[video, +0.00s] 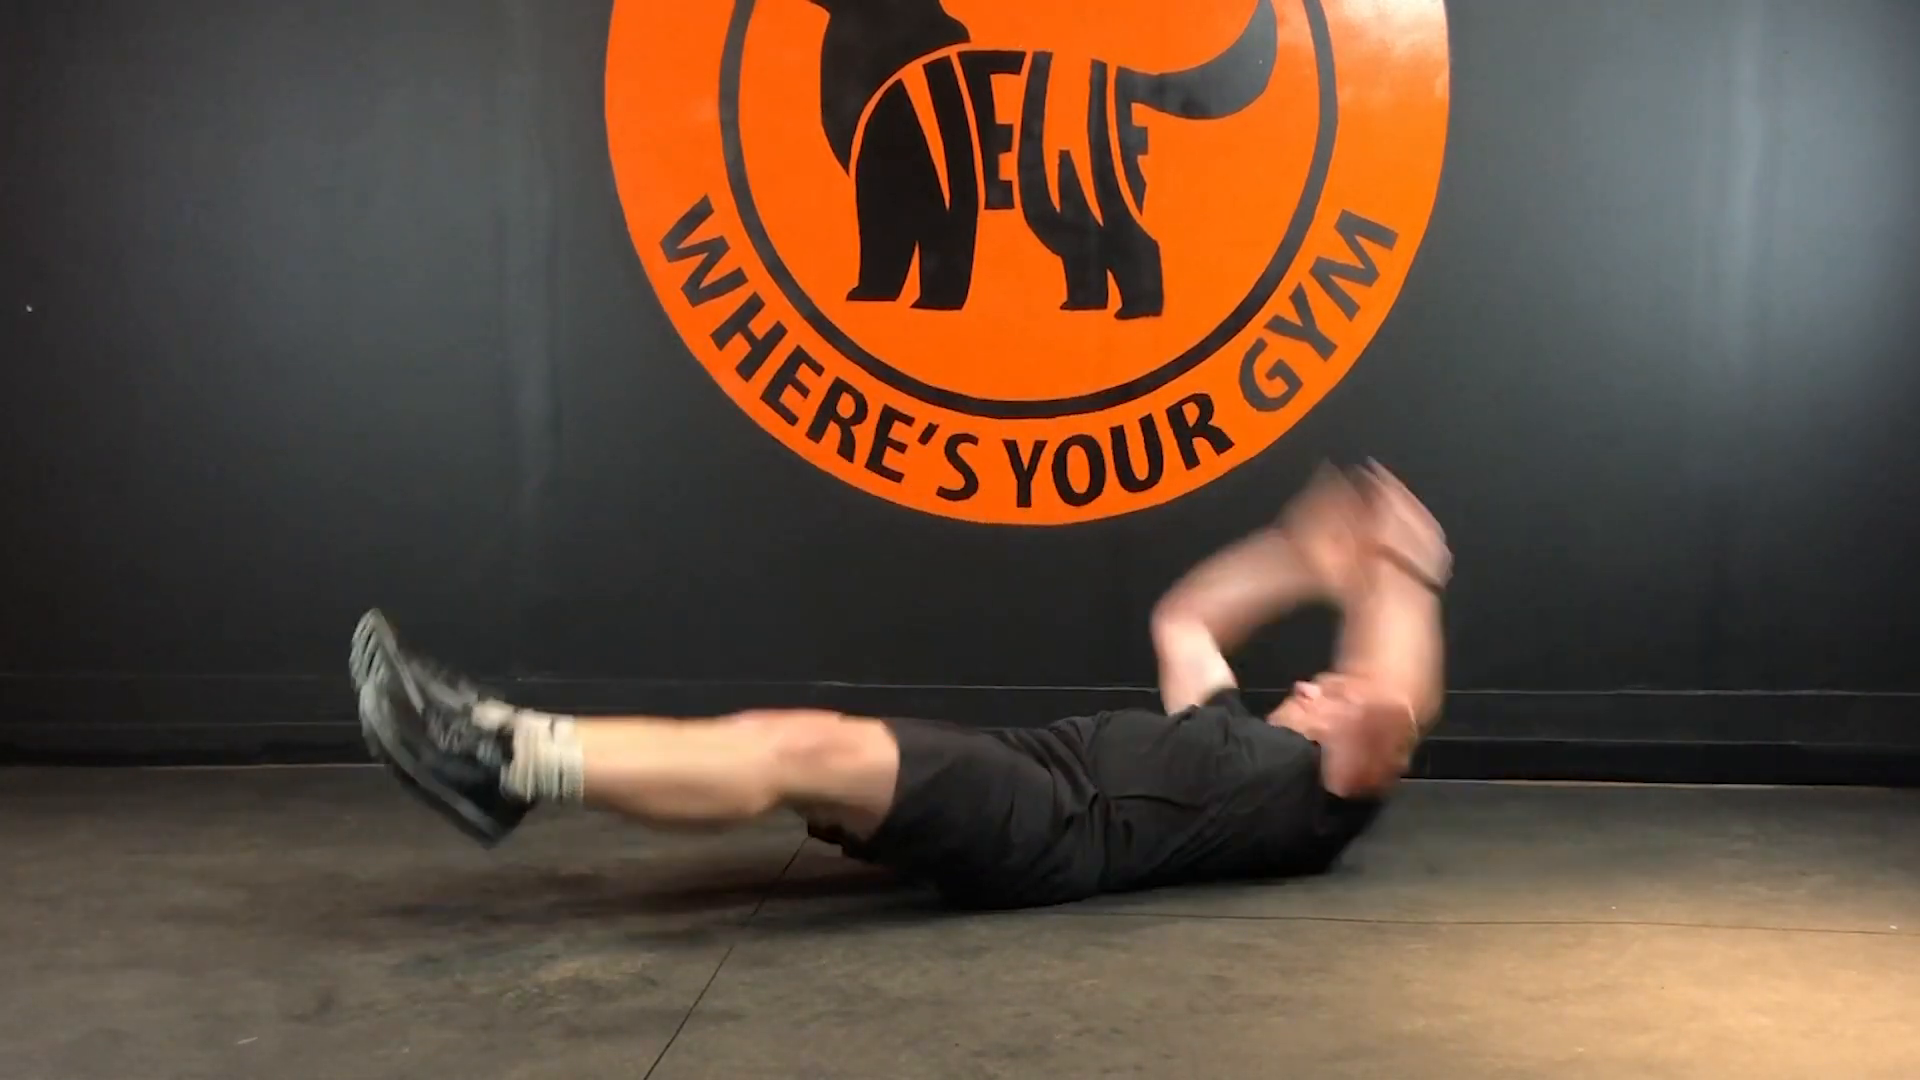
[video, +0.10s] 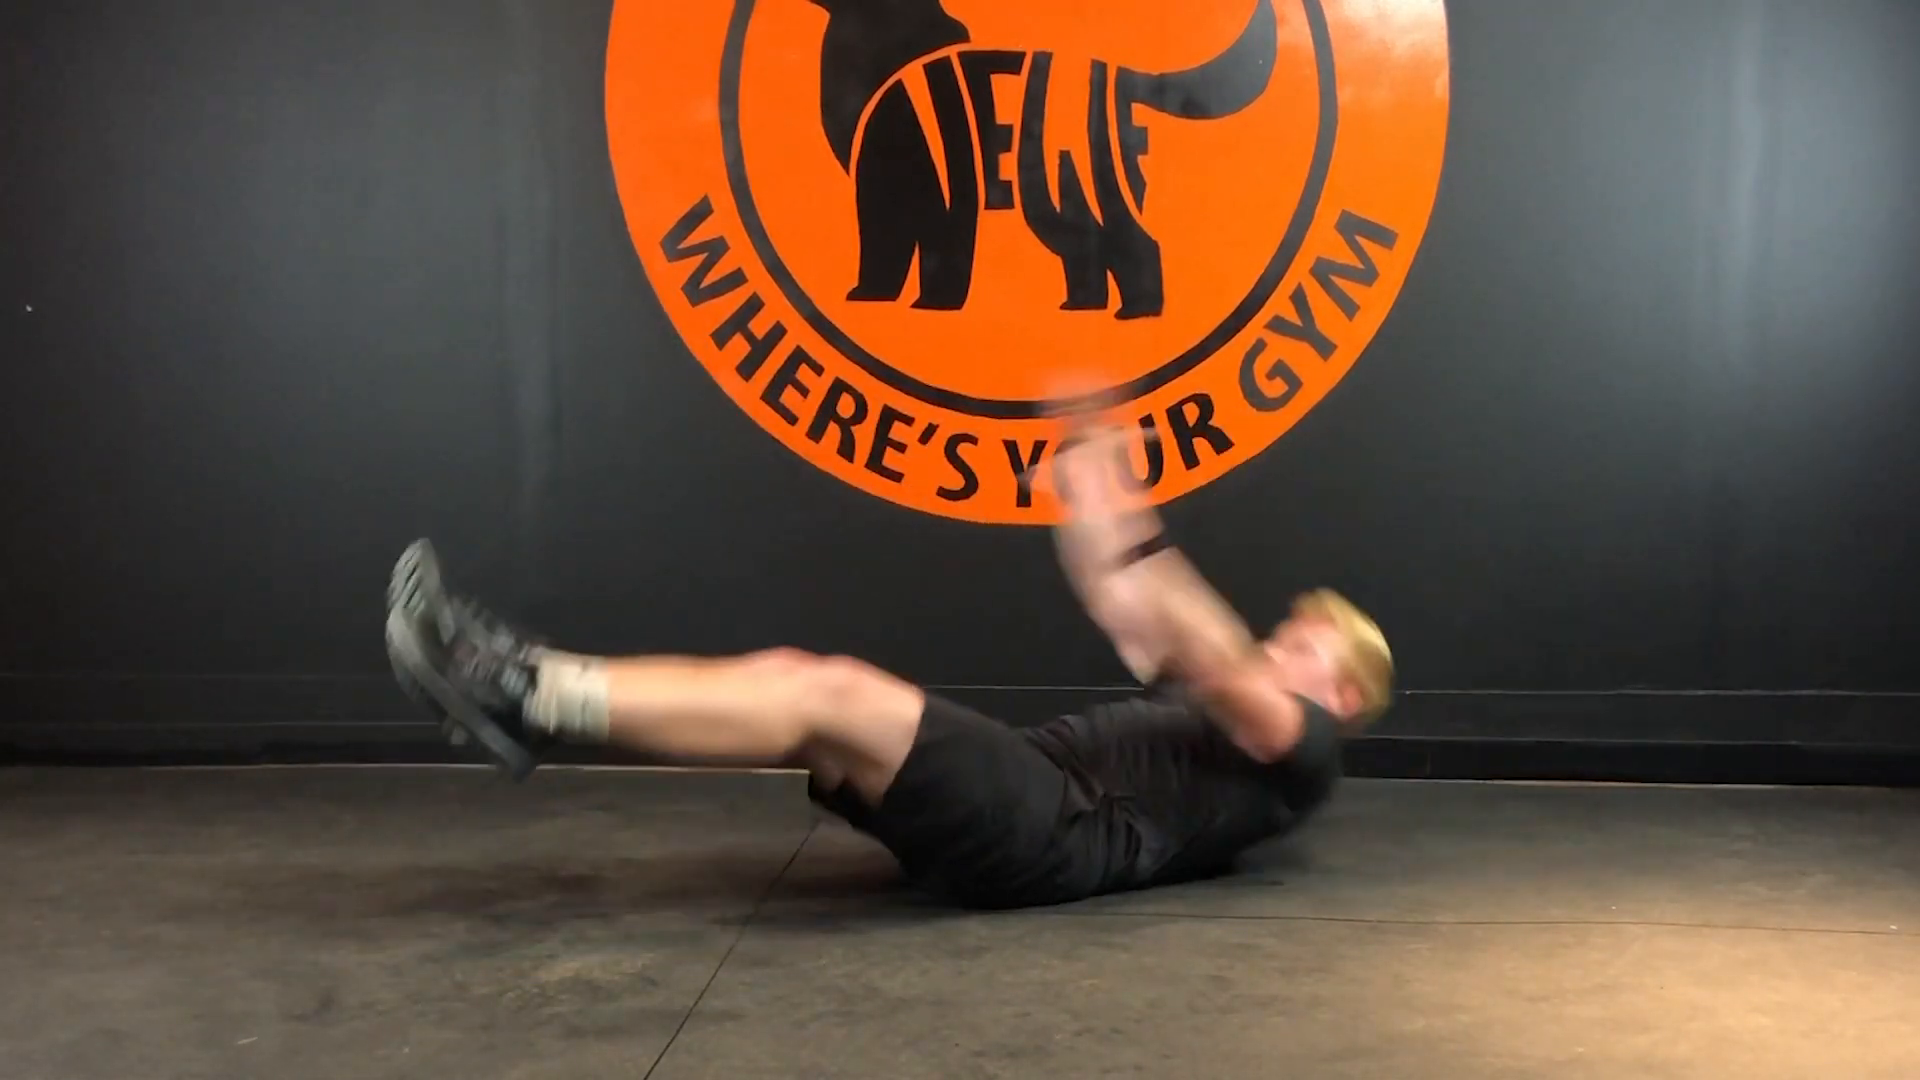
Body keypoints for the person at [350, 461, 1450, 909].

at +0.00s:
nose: (1320, 689)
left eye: (1345, 693)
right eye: (1320, 680)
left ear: (1365, 737)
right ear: (1293, 699)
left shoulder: (1313, 789)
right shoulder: (1225, 739)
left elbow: (1394, 704)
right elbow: (1186, 618)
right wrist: (1307, 552)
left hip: (1051, 818)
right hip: (1004, 775)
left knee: (810, 743)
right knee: (779, 740)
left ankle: (510, 755)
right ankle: (508, 758)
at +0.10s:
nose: (1294, 640)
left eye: (1319, 646)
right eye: (1297, 628)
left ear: (1346, 694)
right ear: (1284, 639)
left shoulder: (1306, 747)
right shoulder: (1223, 698)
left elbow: (1227, 675)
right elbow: (1132, 607)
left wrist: (1147, 545)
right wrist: (1086, 508)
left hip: (1052, 830)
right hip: (1002, 794)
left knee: (832, 691)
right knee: (801, 688)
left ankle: (536, 692)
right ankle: (528, 707)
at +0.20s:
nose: (1201, 584)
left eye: (1228, 576)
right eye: (1212, 568)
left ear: (1285, 618)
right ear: (1245, 602)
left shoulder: (1273, 700)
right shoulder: (1177, 654)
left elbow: (1160, 683)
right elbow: (1066, 598)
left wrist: (1032, 584)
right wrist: (954, 494)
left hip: (1039, 838)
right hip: (982, 815)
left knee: (874, 619)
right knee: (838, 617)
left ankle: (585, 609)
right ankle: (568, 608)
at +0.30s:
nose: (1134, 538)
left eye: (1157, 525)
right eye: (1138, 521)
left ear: (1220, 554)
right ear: (1138, 530)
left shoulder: (1233, 641)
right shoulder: (1108, 620)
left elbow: (1122, 632)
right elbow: (973, 566)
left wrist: (992, 532)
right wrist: (871, 454)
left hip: (1023, 833)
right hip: (948, 826)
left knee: (930, 583)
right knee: (891, 580)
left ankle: (656, 514)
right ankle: (626, 511)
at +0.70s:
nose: (1139, 537)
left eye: (1166, 523)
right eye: (1146, 522)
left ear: (1230, 557)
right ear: (1169, 541)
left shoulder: (1242, 662)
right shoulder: (1104, 608)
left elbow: (1145, 643)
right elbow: (972, 592)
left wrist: (1073, 498)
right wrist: (929, 485)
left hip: (1027, 834)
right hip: (945, 819)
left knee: (878, 612)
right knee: (817, 602)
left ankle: (589, 609)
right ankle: (570, 590)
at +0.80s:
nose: (1196, 549)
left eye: (1224, 543)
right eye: (1202, 536)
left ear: (1266, 595)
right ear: (1208, 561)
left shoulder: (1247, 696)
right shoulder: (1135, 637)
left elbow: (1206, 626)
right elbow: (1010, 587)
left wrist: (1186, 471)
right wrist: (1023, 463)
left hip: (1030, 828)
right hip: (958, 805)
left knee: (827, 652)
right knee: (774, 632)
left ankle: (541, 672)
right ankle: (518, 659)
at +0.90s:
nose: (1222, 580)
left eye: (1252, 578)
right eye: (1234, 570)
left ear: (1292, 630)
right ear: (1227, 598)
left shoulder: (1251, 715)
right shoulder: (1159, 676)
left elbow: (1297, 638)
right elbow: (1069, 600)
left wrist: (1305, 506)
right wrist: (1133, 485)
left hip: (1028, 825)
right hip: (978, 800)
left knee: (785, 705)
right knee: (755, 689)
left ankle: (483, 717)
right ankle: (501, 731)